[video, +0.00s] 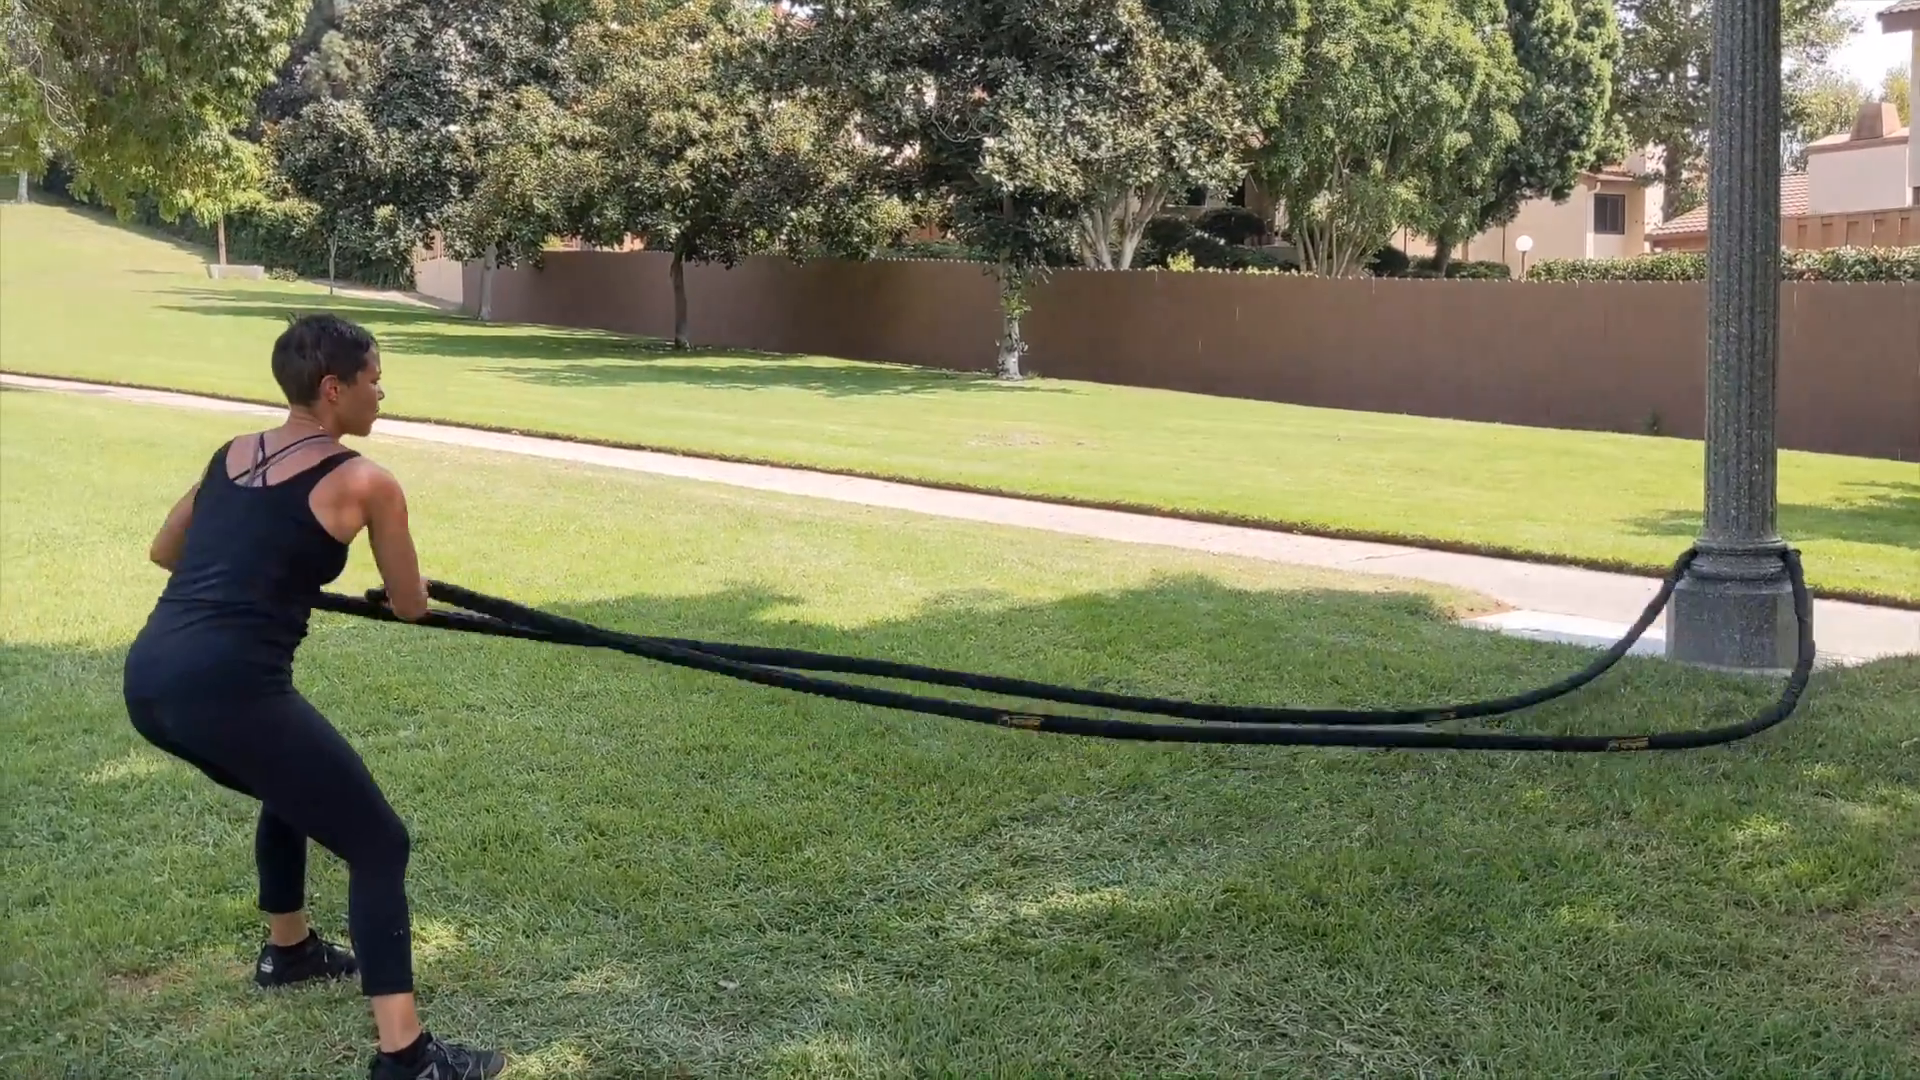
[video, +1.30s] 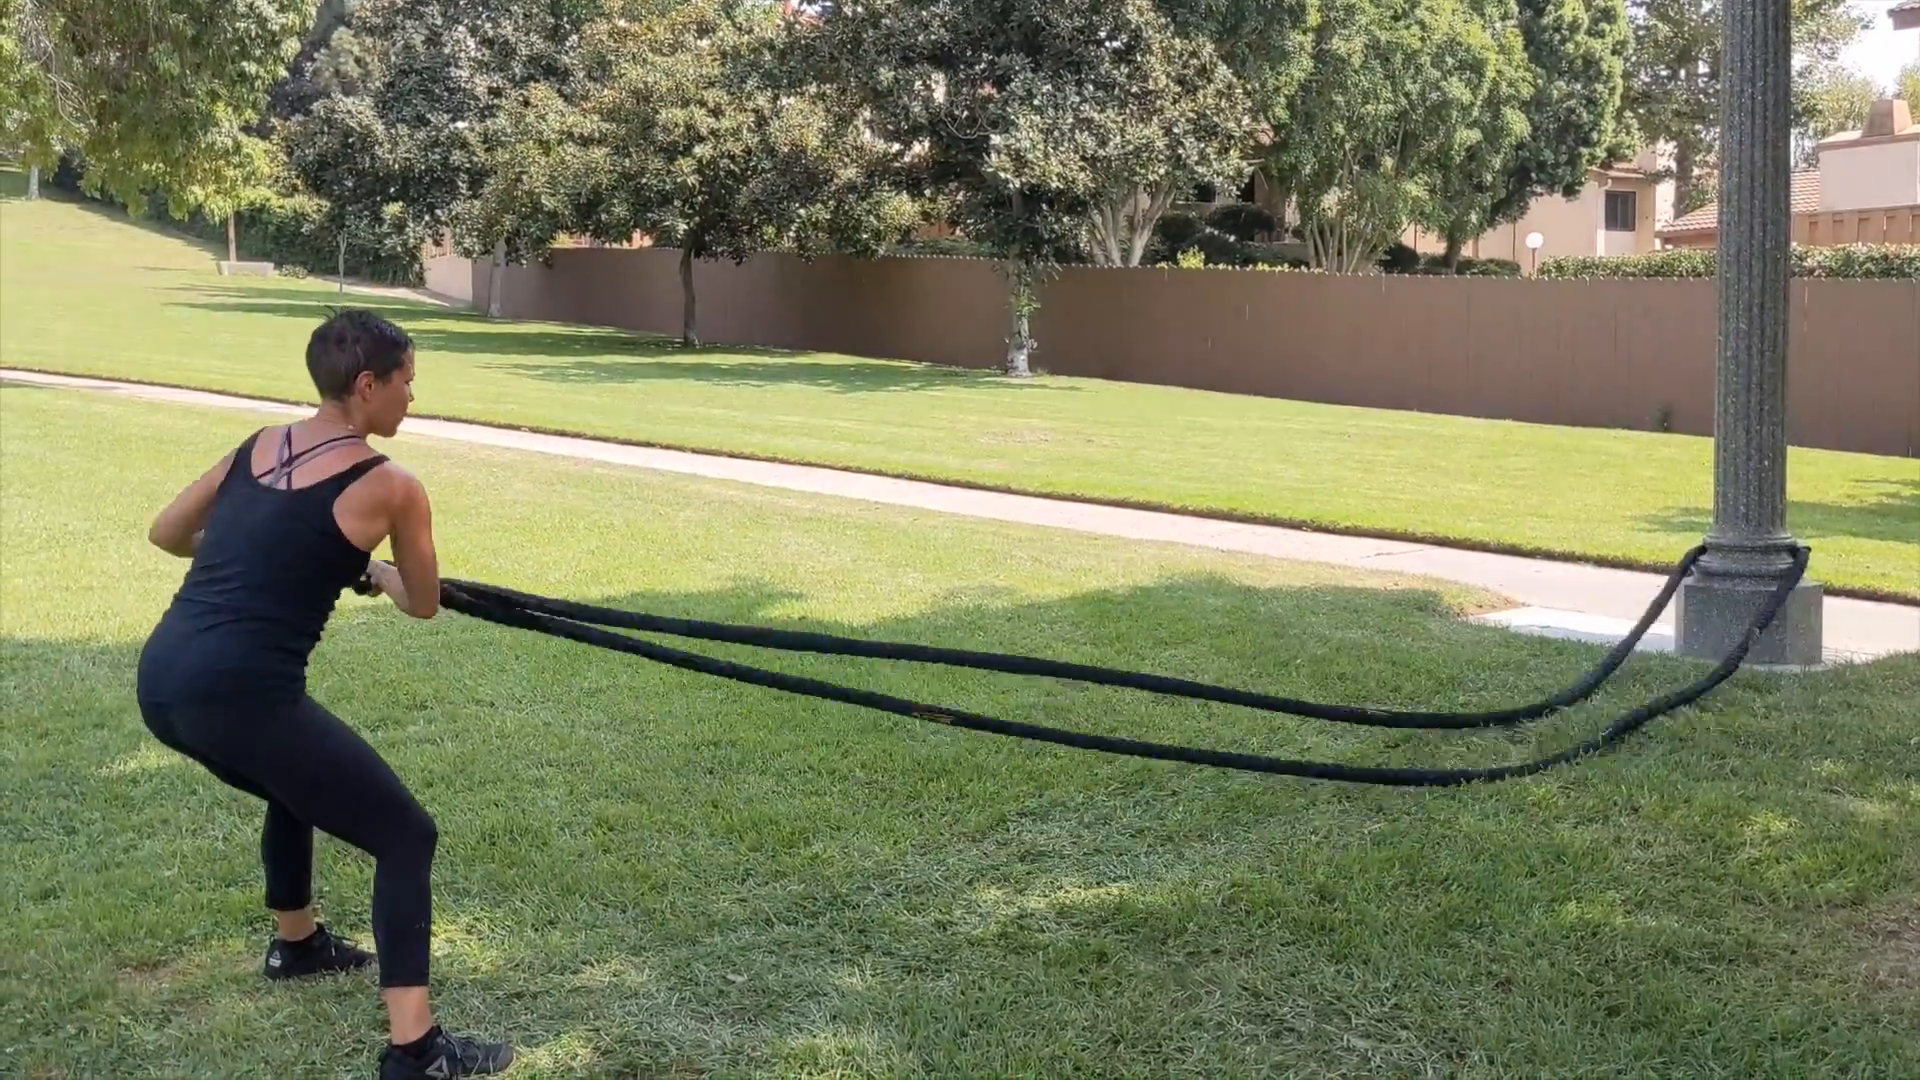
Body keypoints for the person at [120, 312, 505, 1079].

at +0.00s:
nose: (381, 396)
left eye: (379, 381)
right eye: (373, 382)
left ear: (304, 388)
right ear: (330, 389)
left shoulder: (237, 451)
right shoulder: (366, 481)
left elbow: (166, 547)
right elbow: (408, 599)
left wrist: (262, 552)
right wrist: (414, 603)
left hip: (152, 683)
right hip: (234, 691)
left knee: (289, 787)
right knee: (379, 841)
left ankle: (288, 949)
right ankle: (402, 1047)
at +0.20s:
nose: (424, 396)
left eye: (422, 381)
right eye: (416, 381)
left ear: (351, 388)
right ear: (376, 386)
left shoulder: (278, 447)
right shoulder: (399, 485)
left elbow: (205, 544)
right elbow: (425, 607)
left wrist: (306, 560)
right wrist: (377, 580)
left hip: (167, 675)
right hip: (237, 690)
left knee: (301, 786)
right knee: (386, 836)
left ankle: (297, 946)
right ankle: (413, 1046)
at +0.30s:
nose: (431, 397)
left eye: (429, 382)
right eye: (423, 382)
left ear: (358, 389)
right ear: (385, 387)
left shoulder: (300, 455)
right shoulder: (396, 484)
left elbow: (308, 565)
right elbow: (438, 617)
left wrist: (392, 592)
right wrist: (451, 604)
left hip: (172, 680)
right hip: (233, 700)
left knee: (302, 786)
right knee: (389, 838)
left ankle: (299, 946)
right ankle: (416, 1047)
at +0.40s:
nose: (441, 397)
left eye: (438, 382)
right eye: (432, 382)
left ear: (376, 392)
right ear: (393, 389)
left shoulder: (332, 471)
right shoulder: (387, 483)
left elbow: (413, 611)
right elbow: (458, 611)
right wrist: (522, 610)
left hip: (188, 686)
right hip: (225, 705)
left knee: (319, 793)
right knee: (391, 841)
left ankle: (299, 948)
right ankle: (417, 1047)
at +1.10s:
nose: (407, 397)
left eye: (407, 382)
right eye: (399, 382)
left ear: (340, 384)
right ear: (357, 383)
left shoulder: (272, 450)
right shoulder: (365, 483)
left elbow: (308, 561)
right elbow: (437, 615)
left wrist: (412, 576)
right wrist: (469, 629)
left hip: (160, 678)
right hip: (223, 695)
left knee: (304, 786)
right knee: (383, 837)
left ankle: (296, 945)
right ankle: (411, 1045)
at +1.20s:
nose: (403, 397)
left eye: (404, 381)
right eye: (397, 381)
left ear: (335, 383)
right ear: (355, 383)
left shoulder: (258, 444)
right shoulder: (382, 485)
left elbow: (263, 543)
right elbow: (429, 611)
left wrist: (346, 569)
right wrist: (404, 615)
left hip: (157, 681)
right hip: (232, 698)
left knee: (298, 779)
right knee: (393, 834)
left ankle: (296, 944)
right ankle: (411, 1044)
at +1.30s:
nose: (412, 396)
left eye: (411, 380)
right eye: (405, 381)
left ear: (341, 384)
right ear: (365, 384)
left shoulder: (265, 441)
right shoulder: (392, 486)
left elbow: (170, 530)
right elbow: (423, 600)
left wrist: (262, 549)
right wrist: (371, 570)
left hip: (163, 682)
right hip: (244, 697)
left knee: (294, 785)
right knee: (406, 833)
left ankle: (297, 943)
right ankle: (414, 1042)